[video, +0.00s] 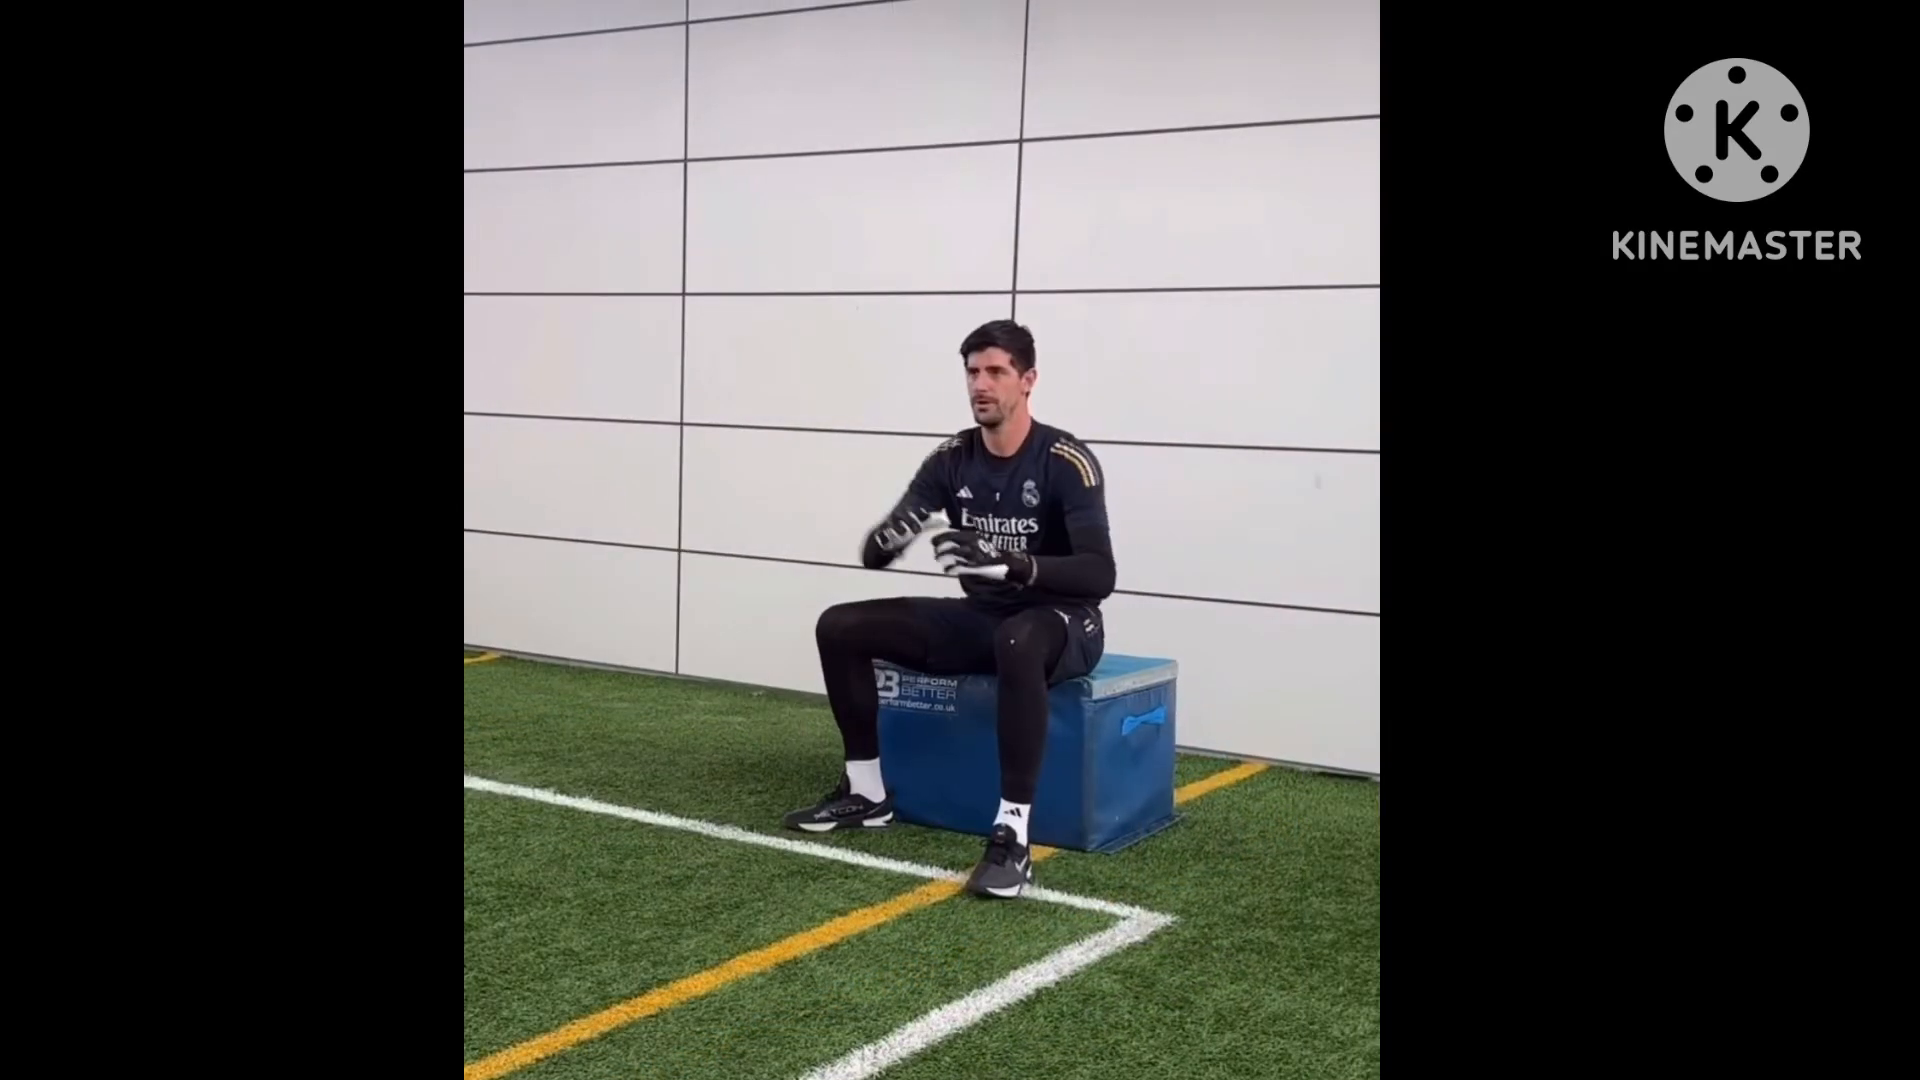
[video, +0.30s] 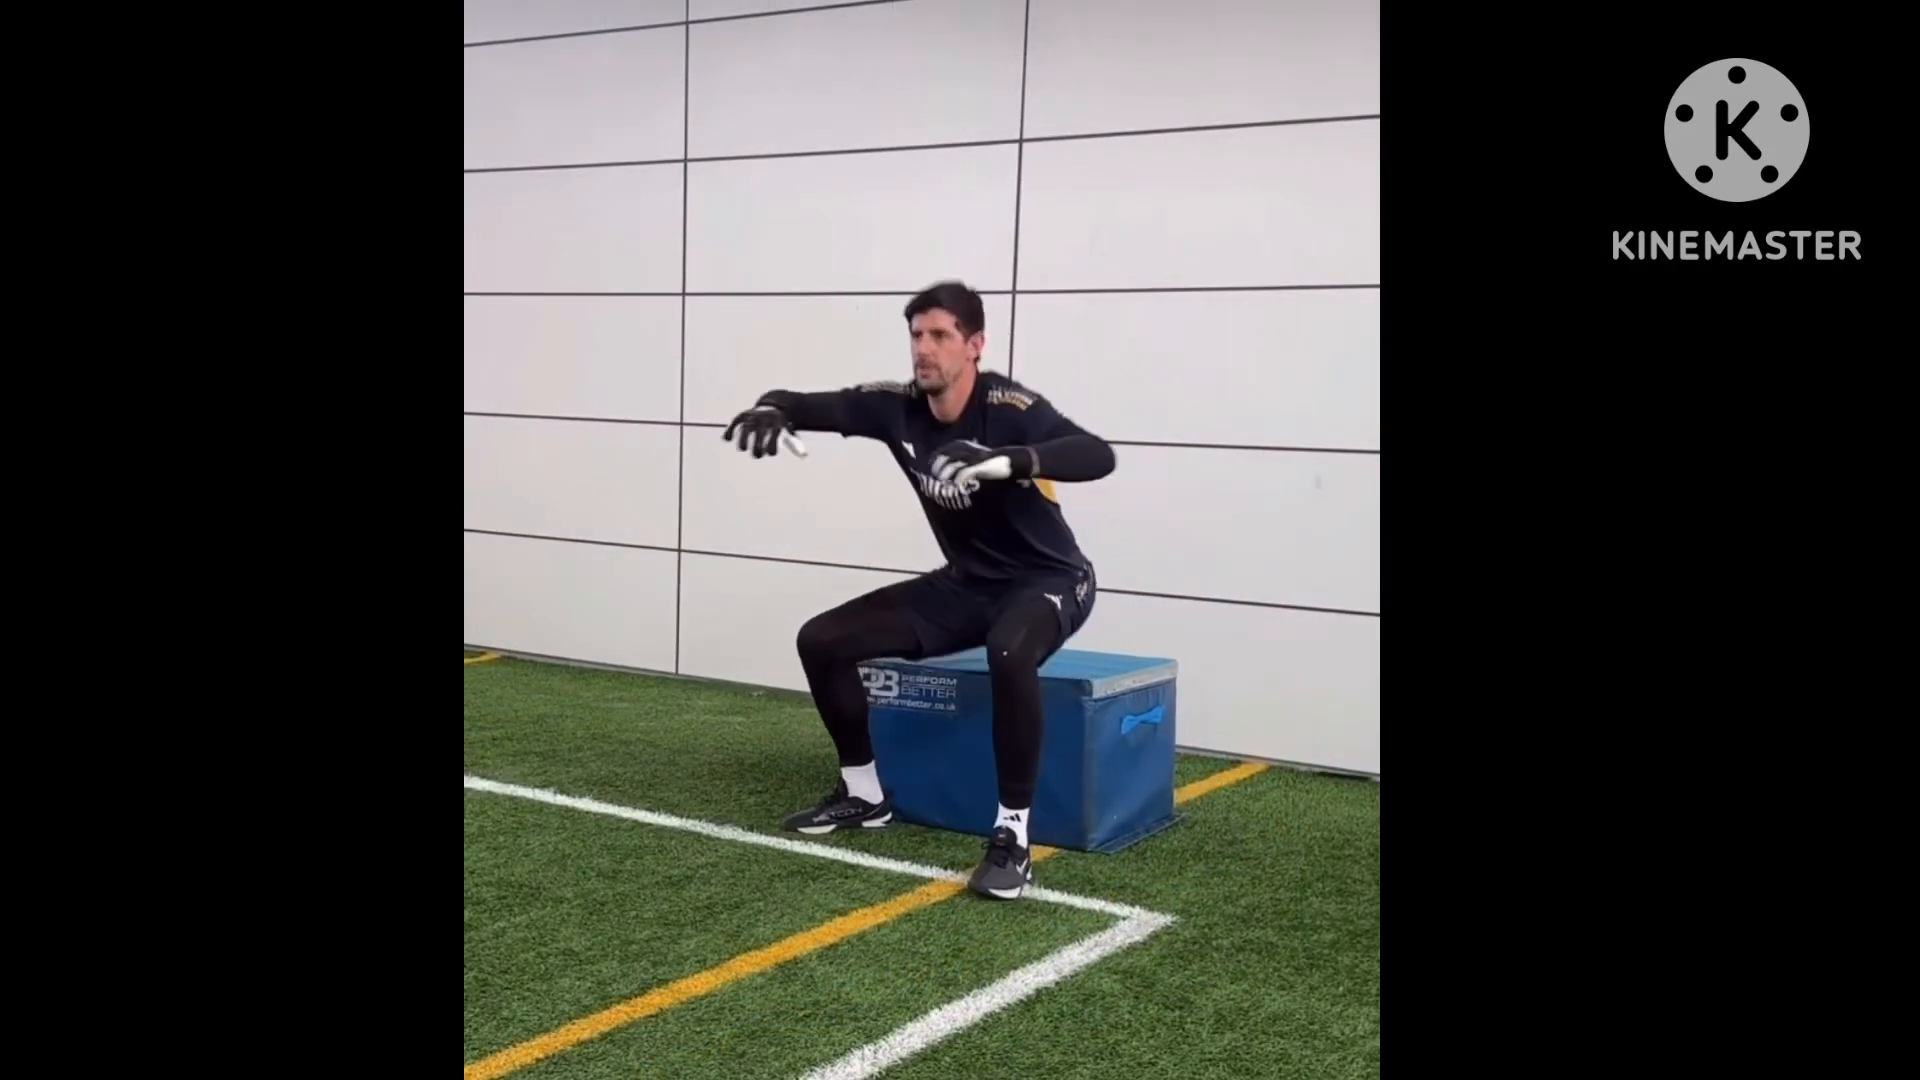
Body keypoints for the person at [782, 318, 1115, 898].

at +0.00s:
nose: (980, 385)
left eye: (994, 373)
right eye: (973, 373)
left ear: (1028, 381)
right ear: (966, 381)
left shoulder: (1068, 462)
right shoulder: (951, 460)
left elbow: (1098, 574)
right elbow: (874, 553)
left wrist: (1015, 564)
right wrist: (886, 540)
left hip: (1064, 621)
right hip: (980, 616)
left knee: (1019, 641)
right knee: (839, 626)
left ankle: (1010, 838)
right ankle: (865, 794)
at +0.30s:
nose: (922, 349)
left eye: (938, 337)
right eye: (916, 337)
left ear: (975, 345)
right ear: (910, 343)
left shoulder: (1010, 405)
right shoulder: (894, 408)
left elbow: (1097, 456)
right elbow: (809, 408)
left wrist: (1017, 461)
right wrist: (770, 407)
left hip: (1049, 579)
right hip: (966, 582)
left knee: (1009, 651)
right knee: (822, 642)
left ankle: (1011, 835)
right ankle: (864, 797)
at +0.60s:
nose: (880, 221)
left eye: (894, 208)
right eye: (872, 209)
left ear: (926, 215)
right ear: (865, 219)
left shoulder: (972, 306)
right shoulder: (850, 307)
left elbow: (1029, 411)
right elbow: (812, 385)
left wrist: (991, 460)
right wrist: (786, 438)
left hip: (962, 498)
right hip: (888, 496)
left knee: (940, 640)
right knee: (809, 627)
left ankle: (952, 805)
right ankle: (824, 770)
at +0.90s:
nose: (796, 267)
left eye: (806, 260)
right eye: (789, 258)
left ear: (822, 267)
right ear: (778, 263)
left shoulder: (833, 326)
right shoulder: (755, 309)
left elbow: (862, 393)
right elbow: (728, 344)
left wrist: (861, 329)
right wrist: (783, 305)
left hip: (803, 484)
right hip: (751, 481)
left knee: (798, 603)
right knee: (719, 593)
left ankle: (808, 722)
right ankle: (719, 699)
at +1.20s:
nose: (712, 337)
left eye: (721, 331)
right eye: (707, 329)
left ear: (734, 337)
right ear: (699, 333)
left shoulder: (748, 391)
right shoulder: (676, 379)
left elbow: (767, 445)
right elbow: (660, 444)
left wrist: (791, 487)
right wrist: (695, 464)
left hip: (724, 498)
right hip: (682, 495)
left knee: (720, 584)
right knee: (658, 576)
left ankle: (724, 675)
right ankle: (656, 656)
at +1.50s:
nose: (653, 398)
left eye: (660, 393)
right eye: (650, 391)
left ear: (673, 399)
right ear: (646, 394)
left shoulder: (680, 442)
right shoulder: (635, 423)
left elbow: (677, 500)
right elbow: (609, 461)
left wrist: (658, 496)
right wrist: (608, 497)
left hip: (675, 510)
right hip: (645, 505)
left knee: (666, 570)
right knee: (608, 565)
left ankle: (669, 647)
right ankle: (616, 632)